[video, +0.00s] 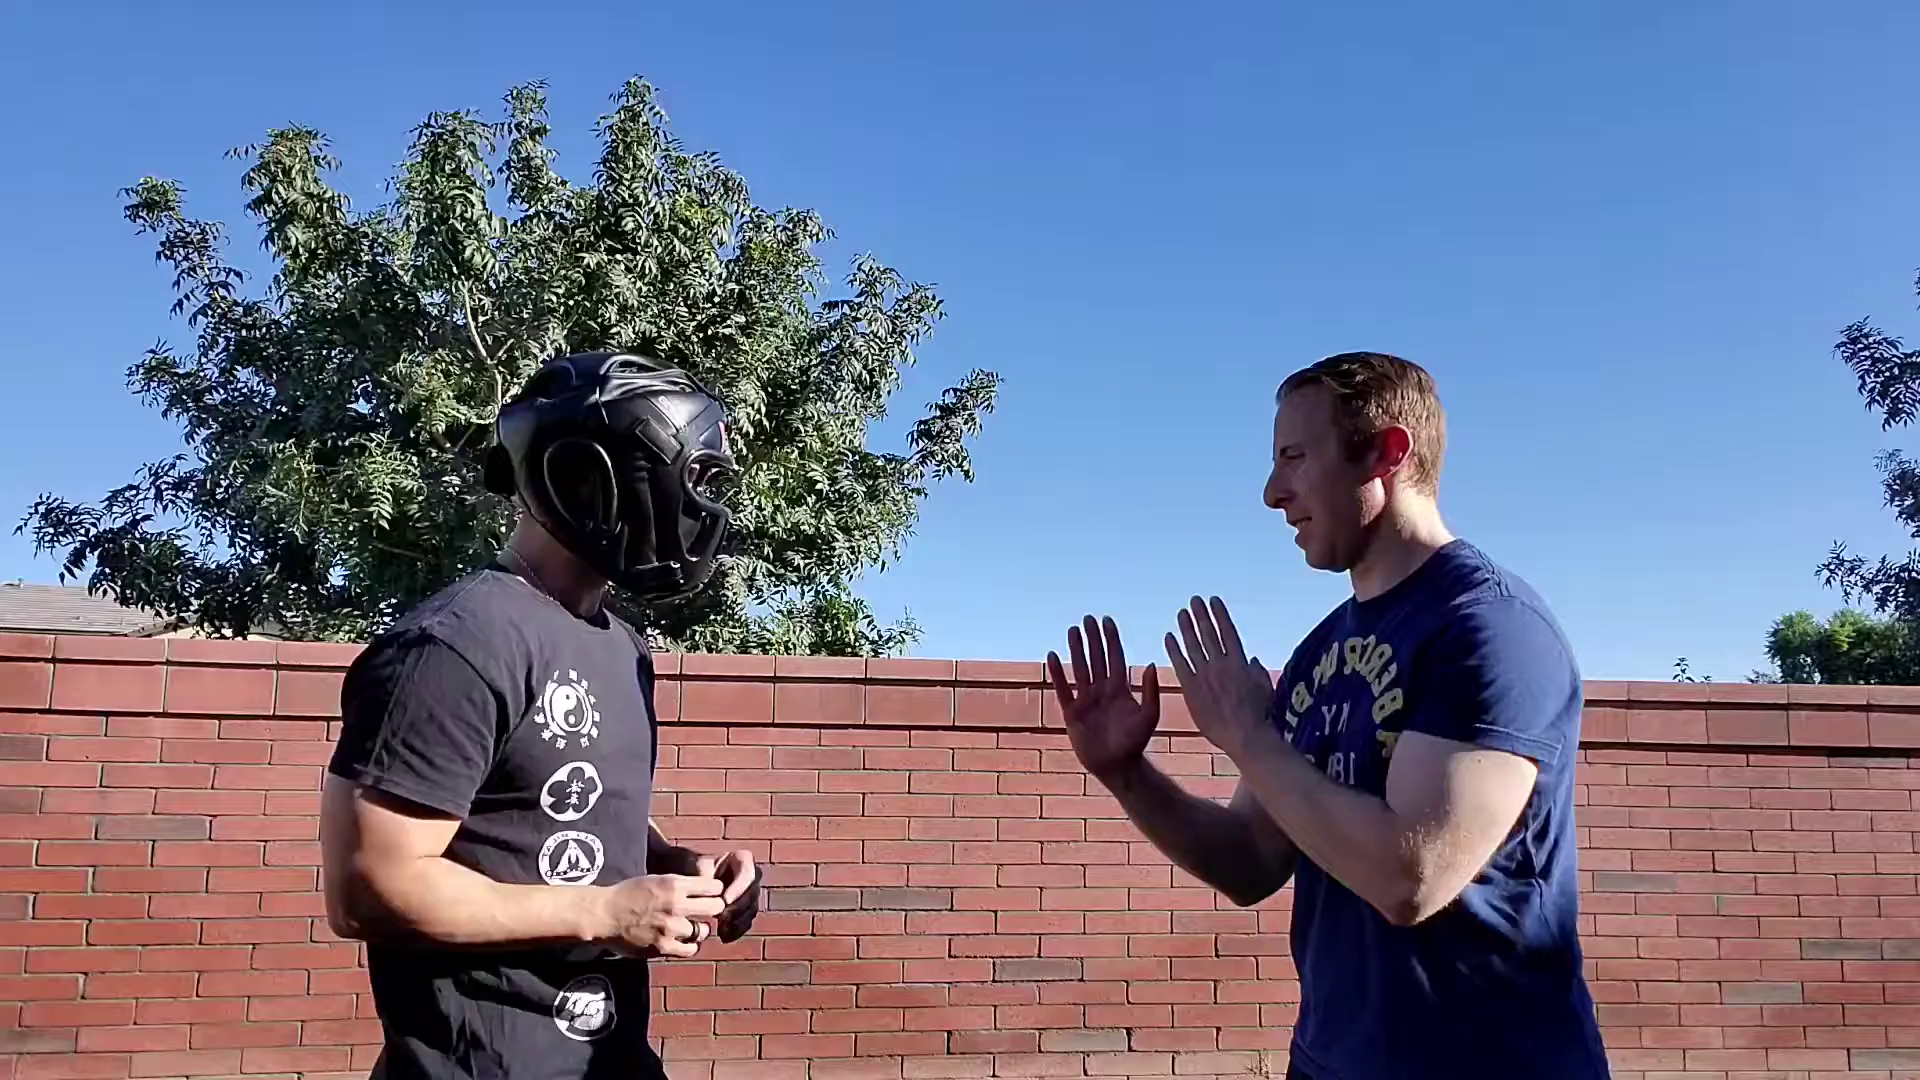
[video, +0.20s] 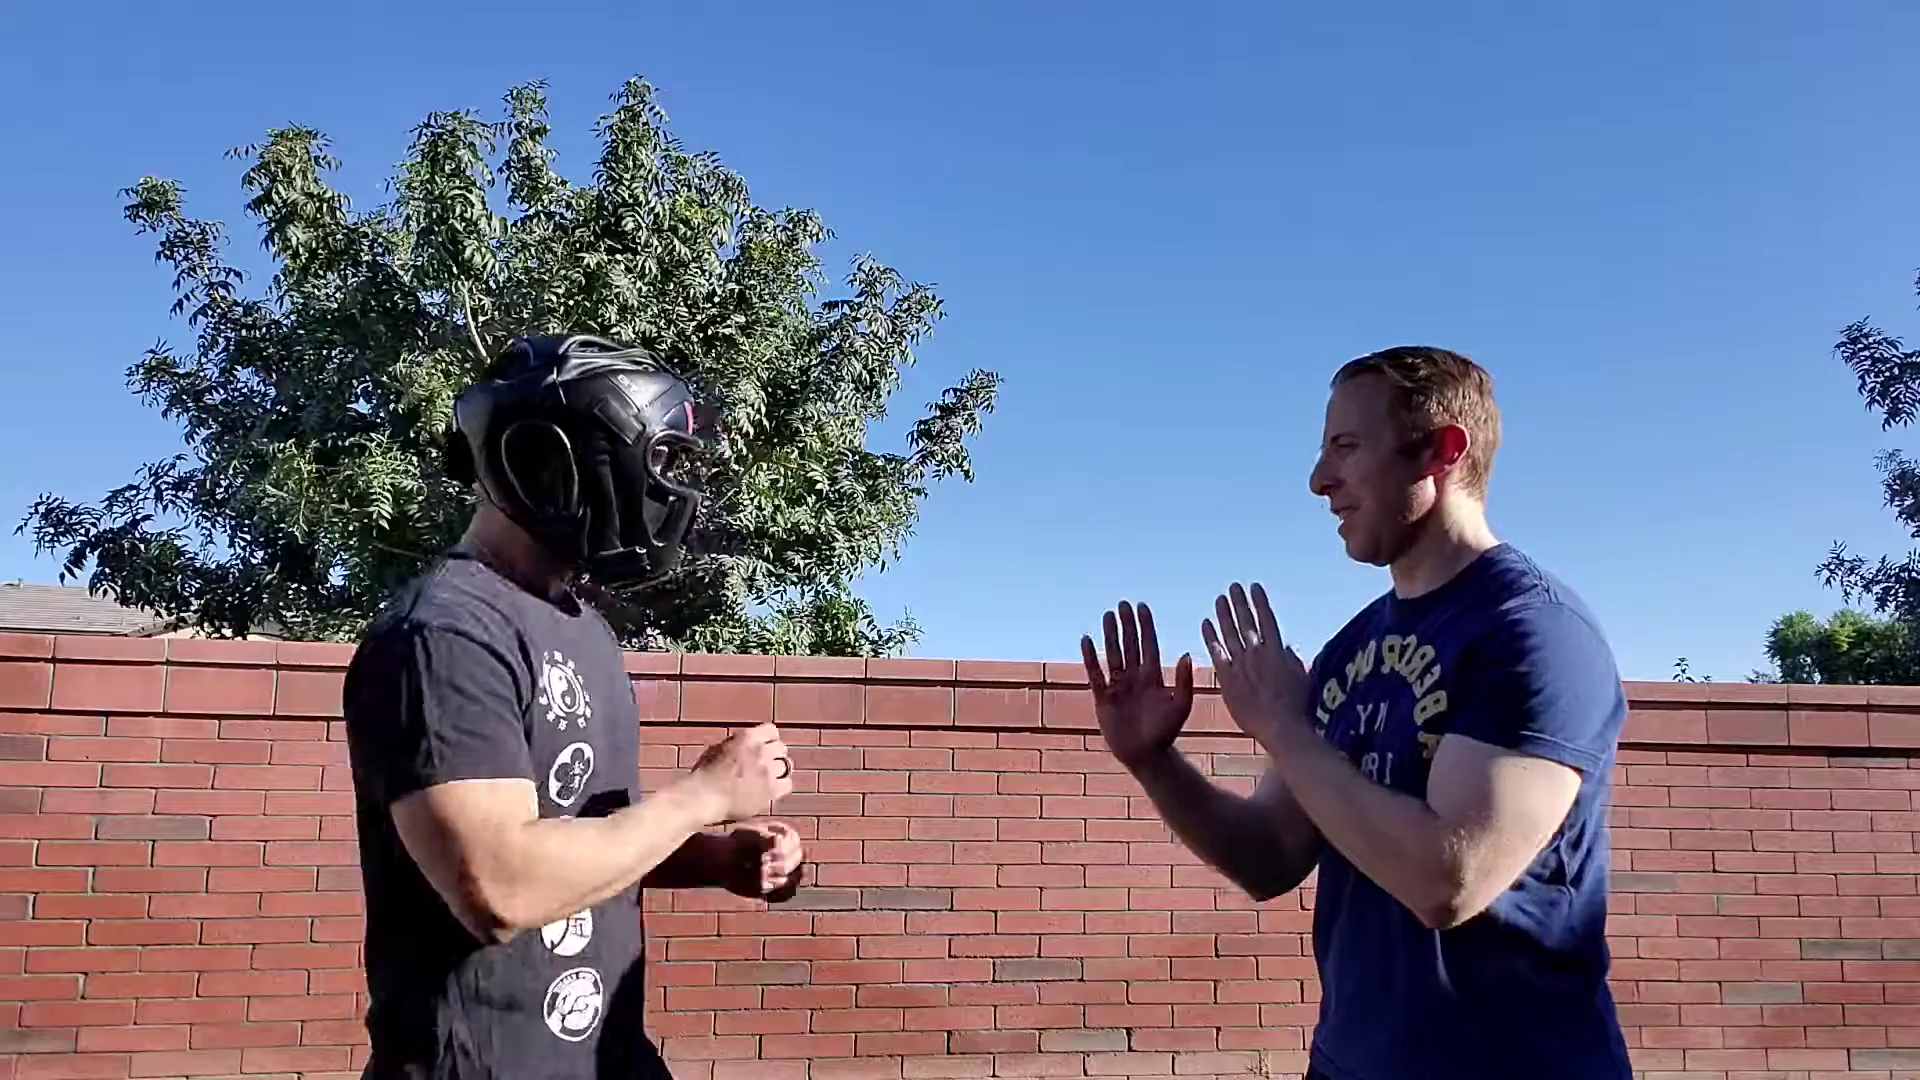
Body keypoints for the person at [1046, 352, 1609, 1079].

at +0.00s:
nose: (1273, 493)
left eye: (1294, 457)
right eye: (1276, 464)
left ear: (1388, 454)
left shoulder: (1496, 628)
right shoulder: (1319, 656)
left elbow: (1412, 879)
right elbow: (1248, 865)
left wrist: (1251, 739)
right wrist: (1126, 774)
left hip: (1486, 1057)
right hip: (1336, 1052)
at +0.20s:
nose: (1320, 479)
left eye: (1345, 445)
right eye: (1326, 449)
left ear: (1442, 457)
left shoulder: (1539, 632)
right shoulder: (1350, 654)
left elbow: (1448, 879)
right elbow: (1268, 858)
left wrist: (1286, 730)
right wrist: (1153, 763)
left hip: (1512, 1056)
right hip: (1355, 1052)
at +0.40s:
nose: (1324, 487)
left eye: (1345, 451)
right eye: (1328, 458)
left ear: (1440, 456)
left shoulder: (1541, 632)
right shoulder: (1352, 651)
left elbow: (1449, 877)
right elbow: (1265, 855)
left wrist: (1289, 726)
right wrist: (1155, 757)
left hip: (1514, 1056)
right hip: (1357, 1052)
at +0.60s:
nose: (1313, 501)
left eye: (1331, 467)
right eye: (1313, 473)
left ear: (1427, 456)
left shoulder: (1537, 632)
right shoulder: (1350, 644)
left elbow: (1450, 883)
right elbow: (1231, 779)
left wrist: (1281, 740)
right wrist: (1138, 644)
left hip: (1510, 1057)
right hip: (1355, 1052)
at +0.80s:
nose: (1325, 498)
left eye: (1345, 463)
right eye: (1326, 470)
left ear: (1445, 455)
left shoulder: (1551, 633)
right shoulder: (1353, 643)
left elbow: (1478, 892)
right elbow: (1223, 769)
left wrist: (1296, 751)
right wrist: (1143, 621)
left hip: (1518, 1058)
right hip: (1357, 1051)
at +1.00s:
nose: (1322, 501)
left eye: (1341, 465)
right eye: (1321, 473)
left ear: (1439, 455)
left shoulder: (1550, 634)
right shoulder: (1358, 641)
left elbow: (1482, 895)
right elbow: (1221, 768)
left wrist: (1292, 763)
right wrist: (1145, 619)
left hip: (1519, 1059)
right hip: (1359, 1052)